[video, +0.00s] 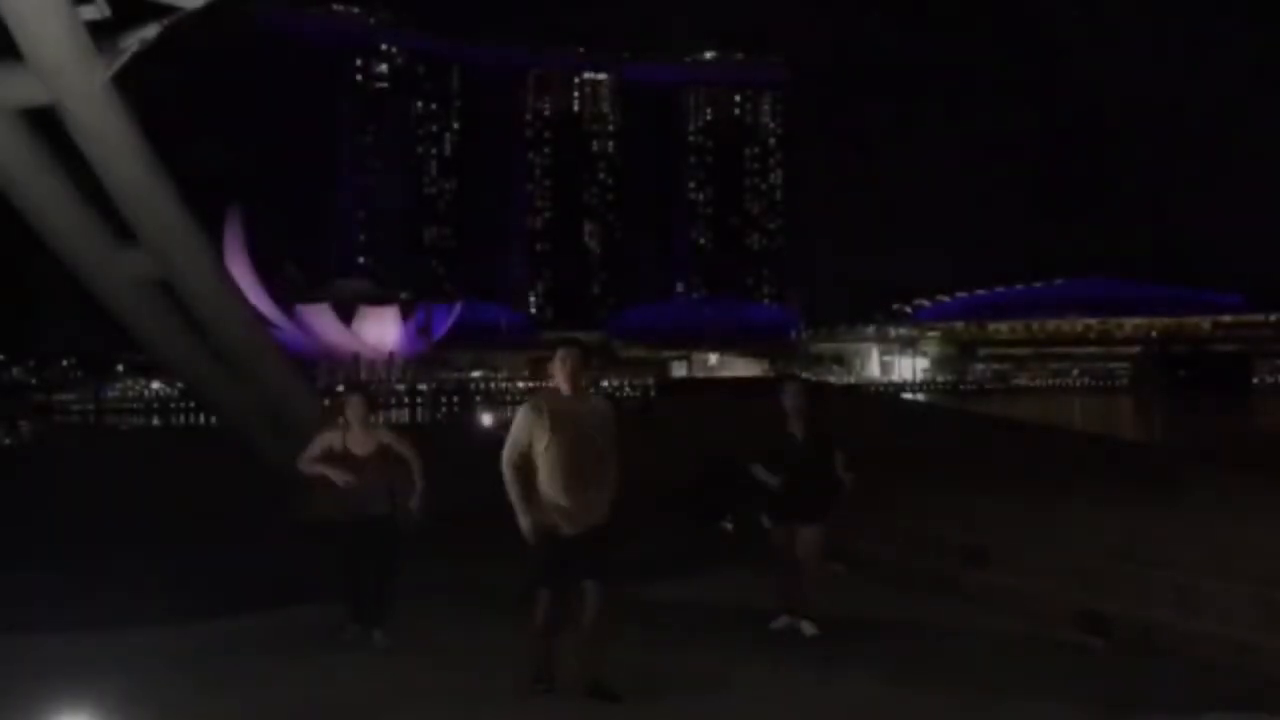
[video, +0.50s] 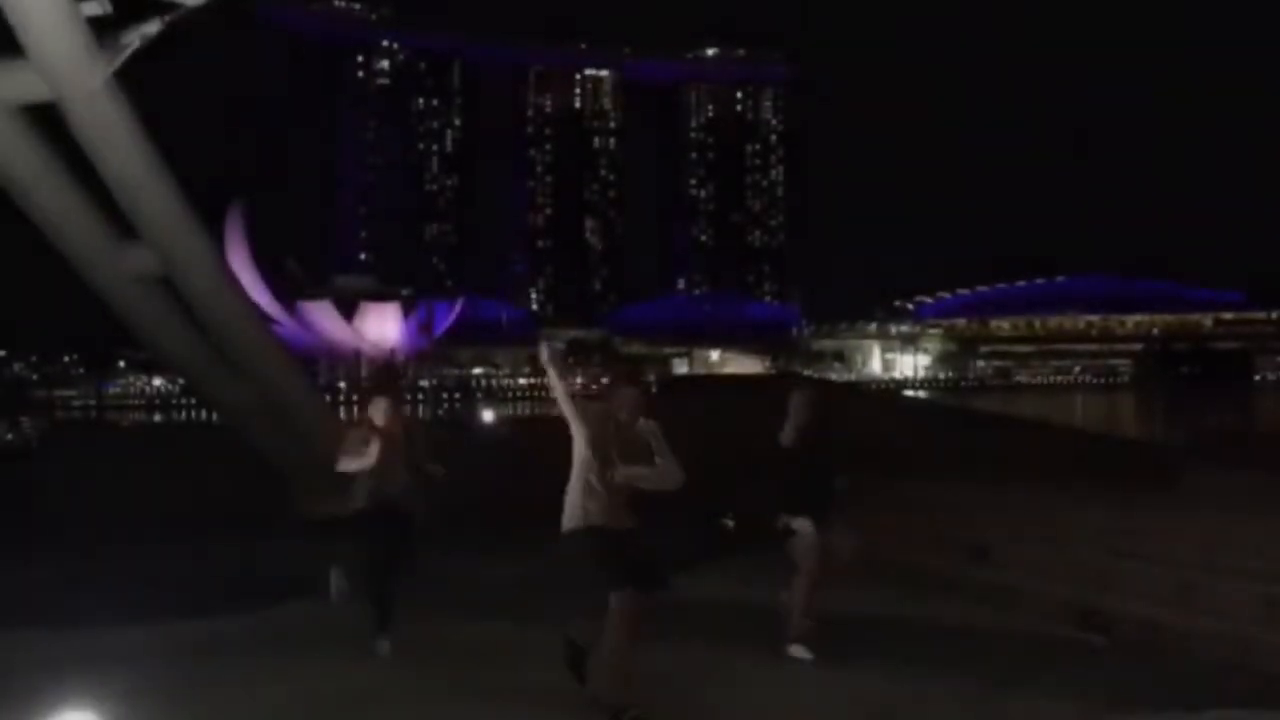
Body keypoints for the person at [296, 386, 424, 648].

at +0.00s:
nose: (354, 412)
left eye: (359, 407)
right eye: (350, 407)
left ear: (368, 411)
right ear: (343, 411)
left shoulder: (381, 435)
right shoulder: (333, 437)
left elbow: (412, 459)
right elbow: (304, 463)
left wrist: (416, 493)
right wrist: (332, 473)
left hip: (380, 511)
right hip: (346, 512)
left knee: (381, 569)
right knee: (351, 570)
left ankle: (379, 625)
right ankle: (354, 623)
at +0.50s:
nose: (382, 414)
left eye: (388, 408)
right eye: (377, 408)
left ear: (395, 409)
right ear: (368, 408)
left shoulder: (405, 434)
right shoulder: (359, 434)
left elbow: (418, 467)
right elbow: (344, 464)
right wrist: (370, 454)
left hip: (399, 508)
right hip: (367, 508)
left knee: (392, 570)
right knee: (375, 570)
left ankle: (386, 629)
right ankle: (381, 630)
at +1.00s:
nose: (417, 416)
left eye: (421, 410)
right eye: (410, 410)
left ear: (428, 413)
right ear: (400, 414)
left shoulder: (434, 443)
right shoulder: (392, 443)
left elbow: (441, 485)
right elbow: (374, 486)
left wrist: (459, 498)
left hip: (425, 520)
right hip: (394, 520)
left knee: (427, 575)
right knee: (389, 578)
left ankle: (428, 629)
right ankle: (382, 634)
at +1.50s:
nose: (369, 430)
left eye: (371, 423)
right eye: (368, 423)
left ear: (387, 422)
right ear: (383, 423)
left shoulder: (412, 439)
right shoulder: (391, 447)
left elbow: (455, 441)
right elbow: (397, 485)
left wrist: (476, 475)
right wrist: (390, 509)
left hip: (433, 509)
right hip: (414, 509)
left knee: (394, 556)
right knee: (414, 561)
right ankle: (432, 615)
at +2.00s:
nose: (405, 399)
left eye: (409, 392)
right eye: (400, 393)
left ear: (419, 394)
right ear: (393, 398)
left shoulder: (435, 426)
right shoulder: (387, 432)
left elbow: (445, 458)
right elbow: (371, 465)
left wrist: (451, 488)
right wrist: (374, 494)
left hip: (427, 506)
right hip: (396, 506)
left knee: (415, 562)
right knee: (395, 559)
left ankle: (397, 616)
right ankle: (397, 605)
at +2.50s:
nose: (434, 445)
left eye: (436, 438)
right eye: (428, 439)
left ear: (439, 442)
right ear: (417, 441)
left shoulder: (437, 456)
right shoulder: (418, 456)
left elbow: (436, 432)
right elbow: (431, 430)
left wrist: (413, 417)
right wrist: (446, 395)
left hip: (441, 515)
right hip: (420, 519)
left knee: (452, 565)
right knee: (431, 574)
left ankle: (416, 555)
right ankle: (431, 631)